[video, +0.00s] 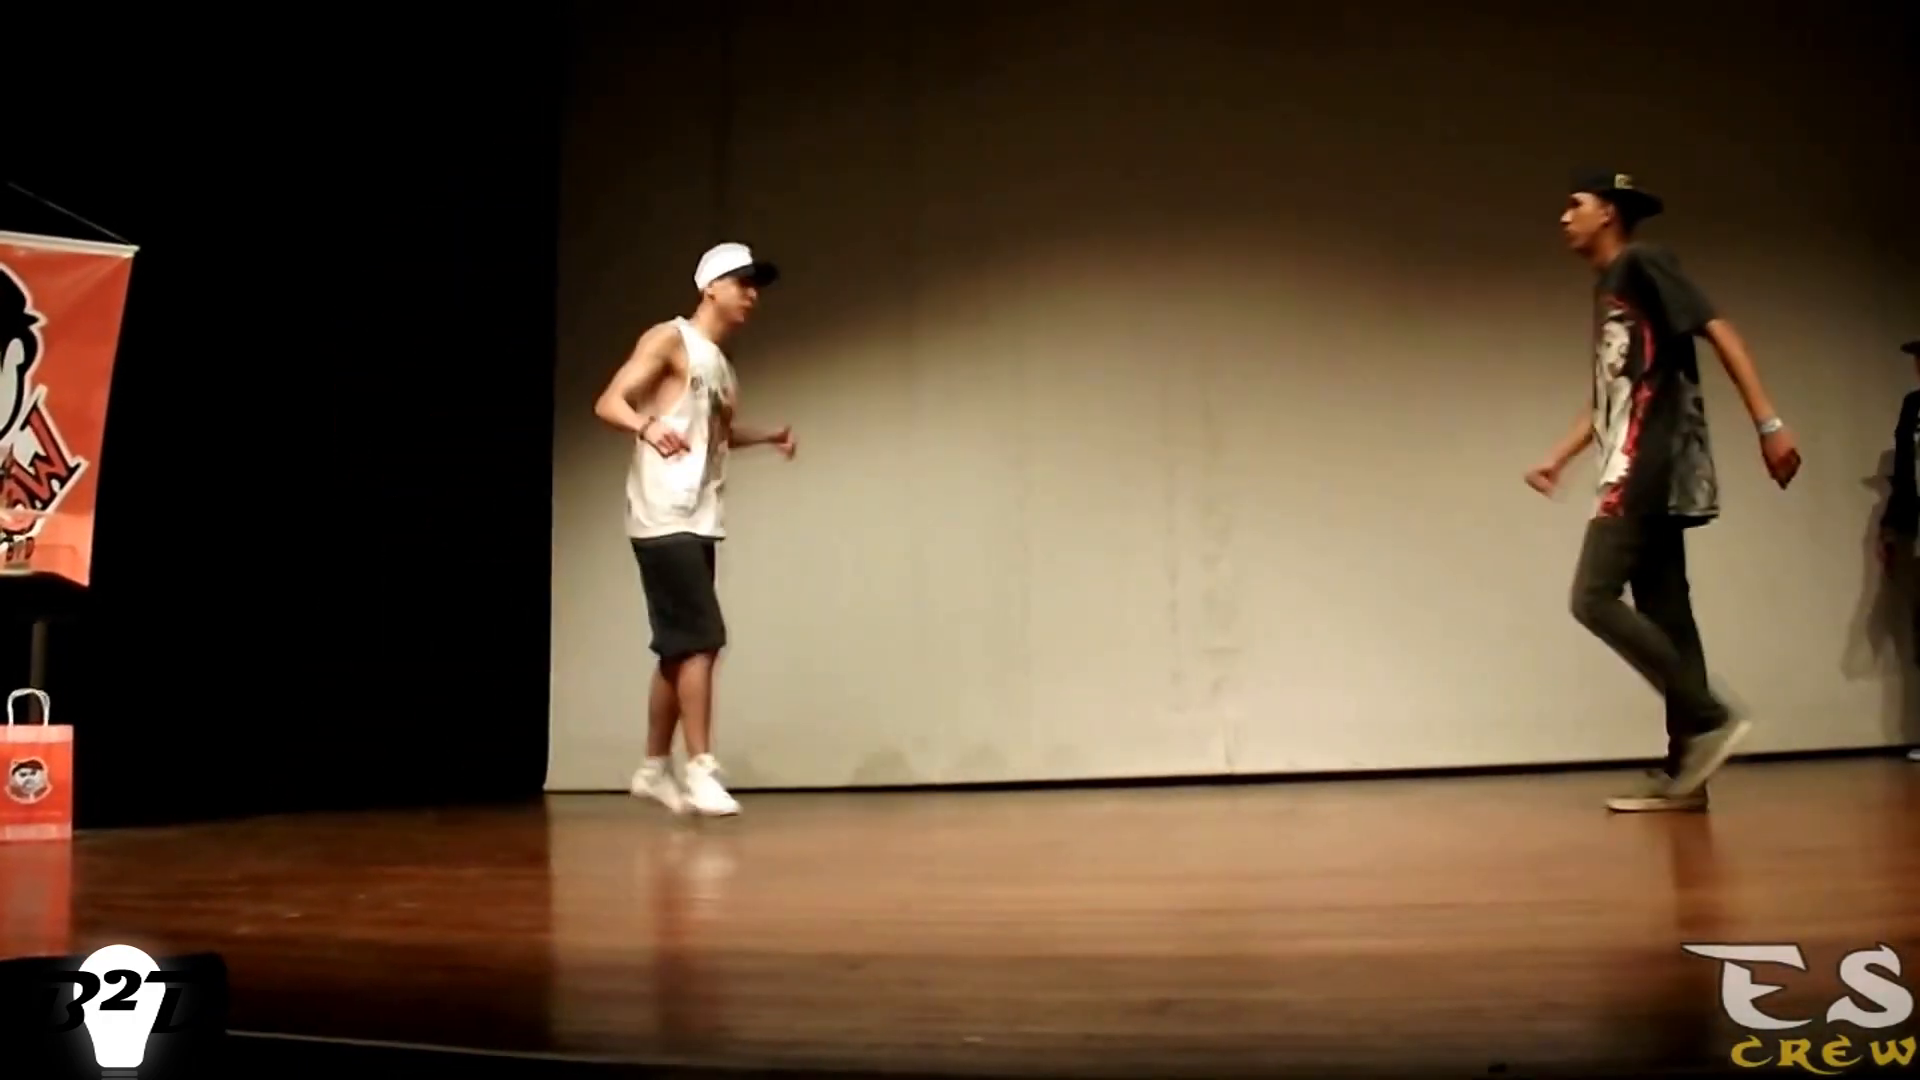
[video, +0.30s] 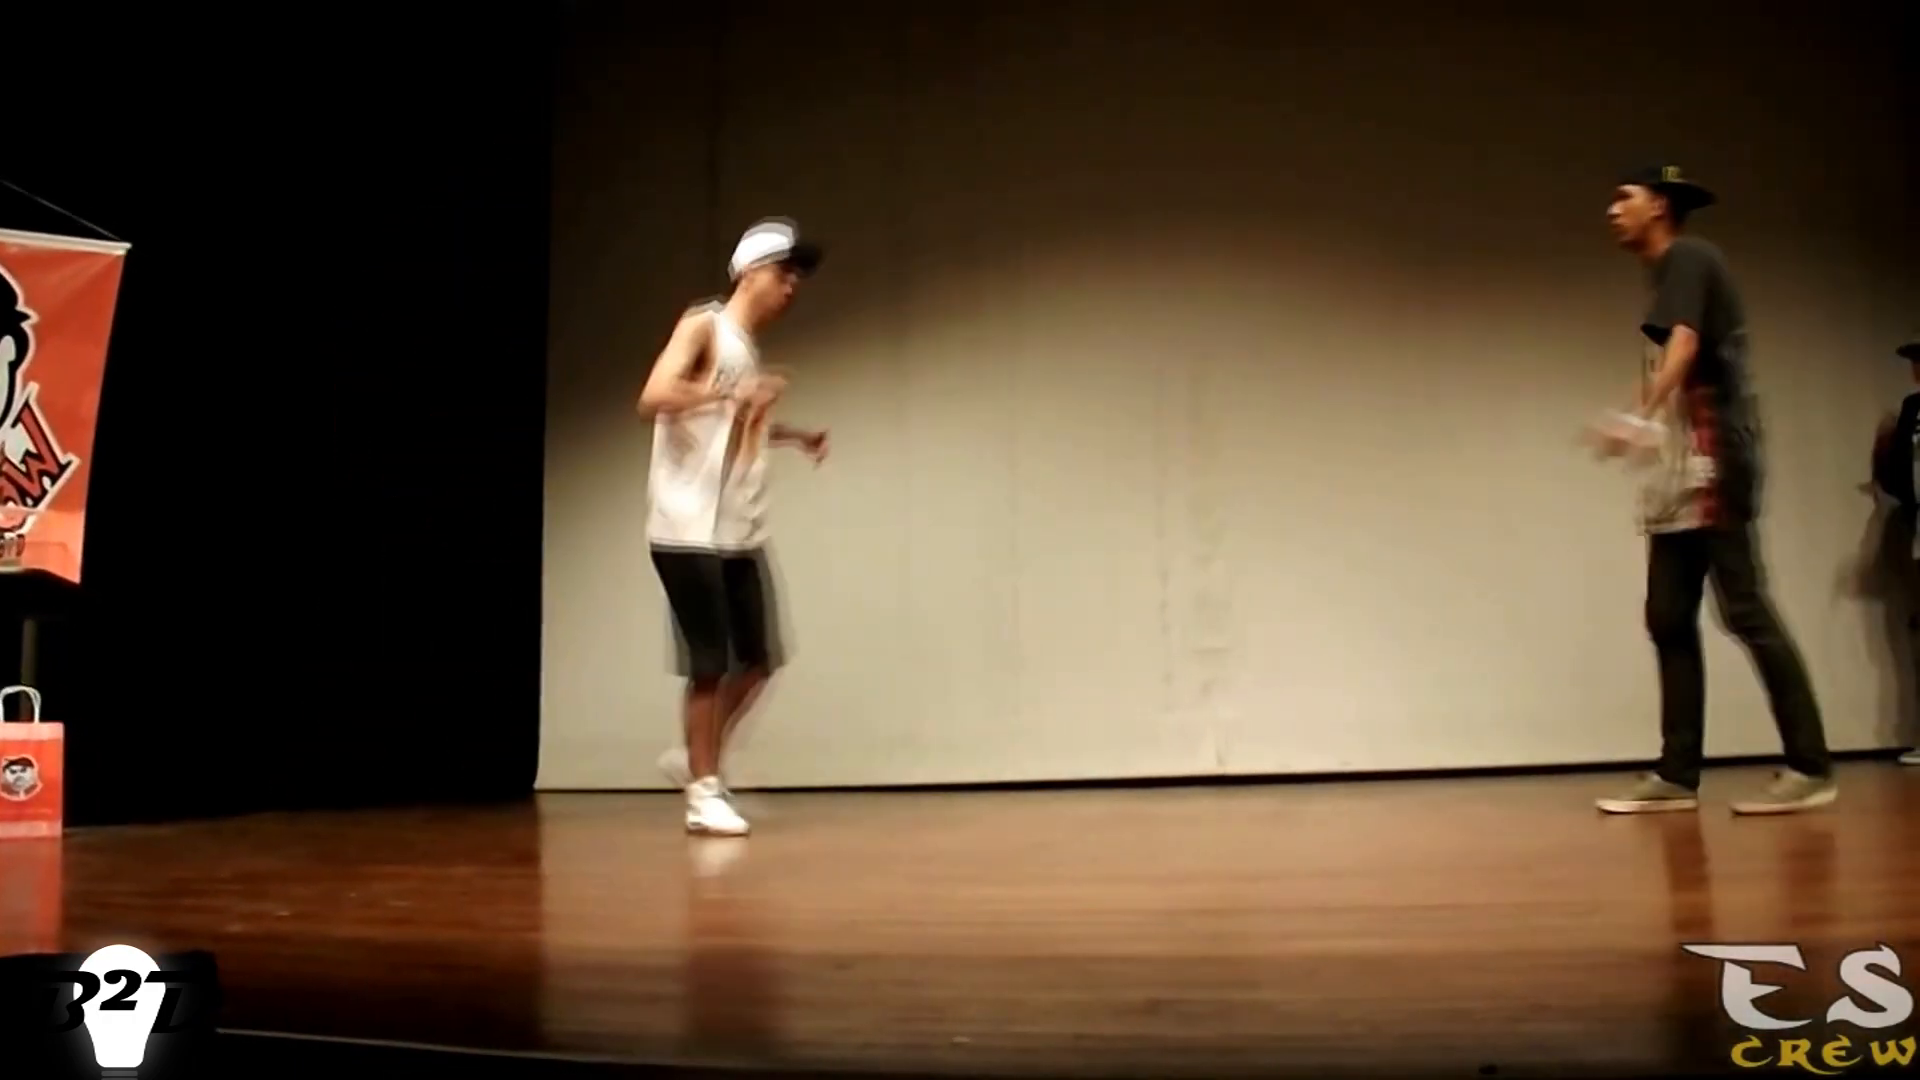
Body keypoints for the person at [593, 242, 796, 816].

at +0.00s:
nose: (752, 294)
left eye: (754, 285)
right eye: (741, 283)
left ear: (743, 294)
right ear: (709, 287)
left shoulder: (719, 366)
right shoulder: (667, 340)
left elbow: (717, 436)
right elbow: (609, 402)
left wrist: (769, 436)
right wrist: (646, 427)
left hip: (698, 522)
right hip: (663, 521)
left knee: (680, 649)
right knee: (702, 638)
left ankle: (653, 768)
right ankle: (698, 767)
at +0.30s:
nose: (792, 290)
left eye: (795, 279)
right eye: (784, 277)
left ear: (776, 281)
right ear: (750, 273)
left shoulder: (744, 347)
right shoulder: (701, 326)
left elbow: (733, 424)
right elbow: (654, 393)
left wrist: (796, 437)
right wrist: (730, 394)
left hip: (737, 534)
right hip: (687, 533)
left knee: (757, 659)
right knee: (710, 662)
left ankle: (695, 757)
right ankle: (703, 792)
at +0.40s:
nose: (808, 274)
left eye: (811, 264)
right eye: (799, 260)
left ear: (791, 268)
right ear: (762, 257)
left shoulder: (765, 335)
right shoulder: (712, 311)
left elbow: (754, 417)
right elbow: (671, 382)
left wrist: (816, 431)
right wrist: (756, 373)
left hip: (754, 521)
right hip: (693, 522)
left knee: (789, 644)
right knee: (703, 662)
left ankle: (785, 783)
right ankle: (701, 789)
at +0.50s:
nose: (822, 282)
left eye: (826, 270)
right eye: (812, 266)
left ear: (804, 274)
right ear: (777, 262)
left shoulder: (780, 348)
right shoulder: (720, 317)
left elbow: (768, 433)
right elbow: (691, 393)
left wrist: (832, 442)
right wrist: (779, 383)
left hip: (769, 533)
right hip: (706, 533)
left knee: (806, 655)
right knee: (713, 671)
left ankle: (854, 785)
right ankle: (703, 787)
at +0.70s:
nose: (844, 297)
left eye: (848, 284)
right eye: (836, 280)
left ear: (825, 281)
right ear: (799, 272)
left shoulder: (804, 363)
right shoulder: (735, 324)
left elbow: (811, 461)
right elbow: (694, 398)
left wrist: (875, 465)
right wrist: (762, 457)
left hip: (781, 533)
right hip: (714, 531)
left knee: (843, 650)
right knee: (754, 656)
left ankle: (856, 800)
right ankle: (718, 755)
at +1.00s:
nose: (782, 277)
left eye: (787, 266)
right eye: (772, 260)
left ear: (772, 272)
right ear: (732, 255)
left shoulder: (735, 346)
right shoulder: (677, 312)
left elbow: (719, 445)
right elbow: (627, 402)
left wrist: (792, 448)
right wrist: (663, 476)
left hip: (679, 530)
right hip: (632, 515)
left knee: (742, 673)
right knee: (649, 661)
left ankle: (650, 801)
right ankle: (571, 815)